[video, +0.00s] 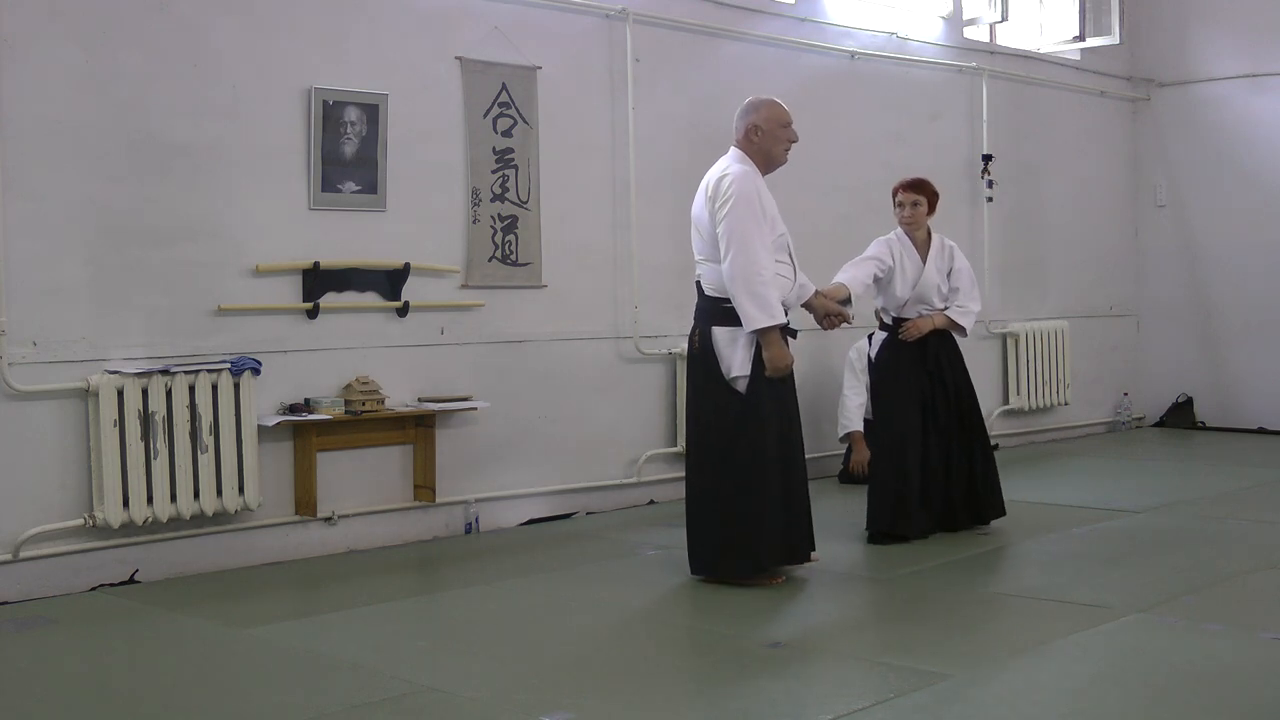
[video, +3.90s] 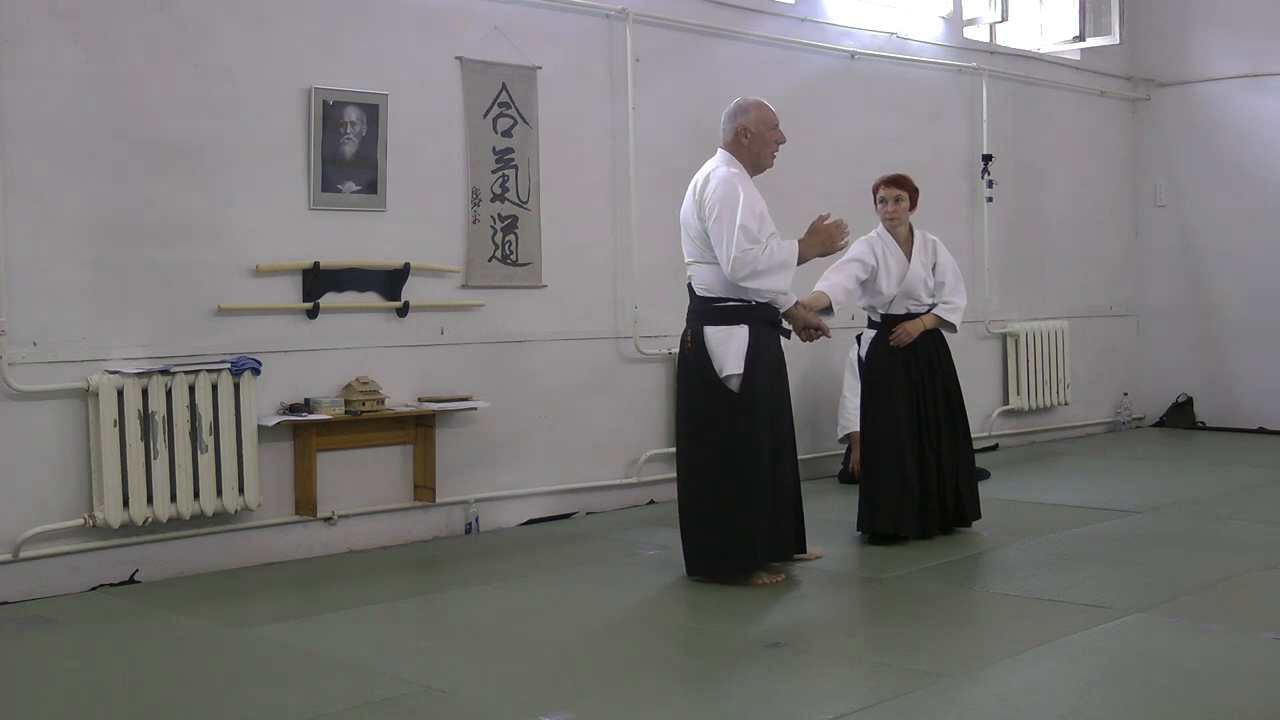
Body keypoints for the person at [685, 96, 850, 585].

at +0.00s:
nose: (794, 137)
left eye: (793, 129)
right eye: (786, 129)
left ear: (753, 133)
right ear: (754, 133)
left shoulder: (743, 179)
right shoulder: (738, 182)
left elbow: (770, 260)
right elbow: (746, 264)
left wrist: (813, 298)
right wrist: (770, 334)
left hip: (745, 327)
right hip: (736, 332)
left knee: (753, 444)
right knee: (742, 447)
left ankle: (755, 555)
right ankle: (736, 561)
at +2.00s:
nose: (780, 137)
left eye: (778, 129)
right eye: (771, 129)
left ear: (739, 133)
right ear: (740, 133)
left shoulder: (735, 181)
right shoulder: (725, 183)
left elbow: (757, 263)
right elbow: (732, 264)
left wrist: (797, 302)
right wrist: (761, 331)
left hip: (748, 327)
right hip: (725, 331)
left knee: (769, 440)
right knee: (733, 448)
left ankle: (780, 541)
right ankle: (735, 560)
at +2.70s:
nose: (776, 138)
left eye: (774, 129)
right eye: (768, 129)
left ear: (735, 134)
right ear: (737, 134)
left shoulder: (725, 180)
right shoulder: (721, 182)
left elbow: (742, 263)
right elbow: (735, 258)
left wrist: (790, 306)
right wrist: (794, 264)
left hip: (748, 325)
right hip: (727, 329)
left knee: (769, 438)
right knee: (734, 446)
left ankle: (776, 541)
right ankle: (734, 561)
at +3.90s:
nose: (781, 140)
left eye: (779, 132)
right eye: (773, 131)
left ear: (740, 135)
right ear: (743, 135)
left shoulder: (728, 179)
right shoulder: (725, 182)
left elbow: (747, 265)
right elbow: (741, 263)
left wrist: (790, 309)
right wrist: (804, 248)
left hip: (749, 325)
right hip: (728, 328)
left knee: (766, 438)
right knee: (732, 444)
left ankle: (775, 540)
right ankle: (731, 560)